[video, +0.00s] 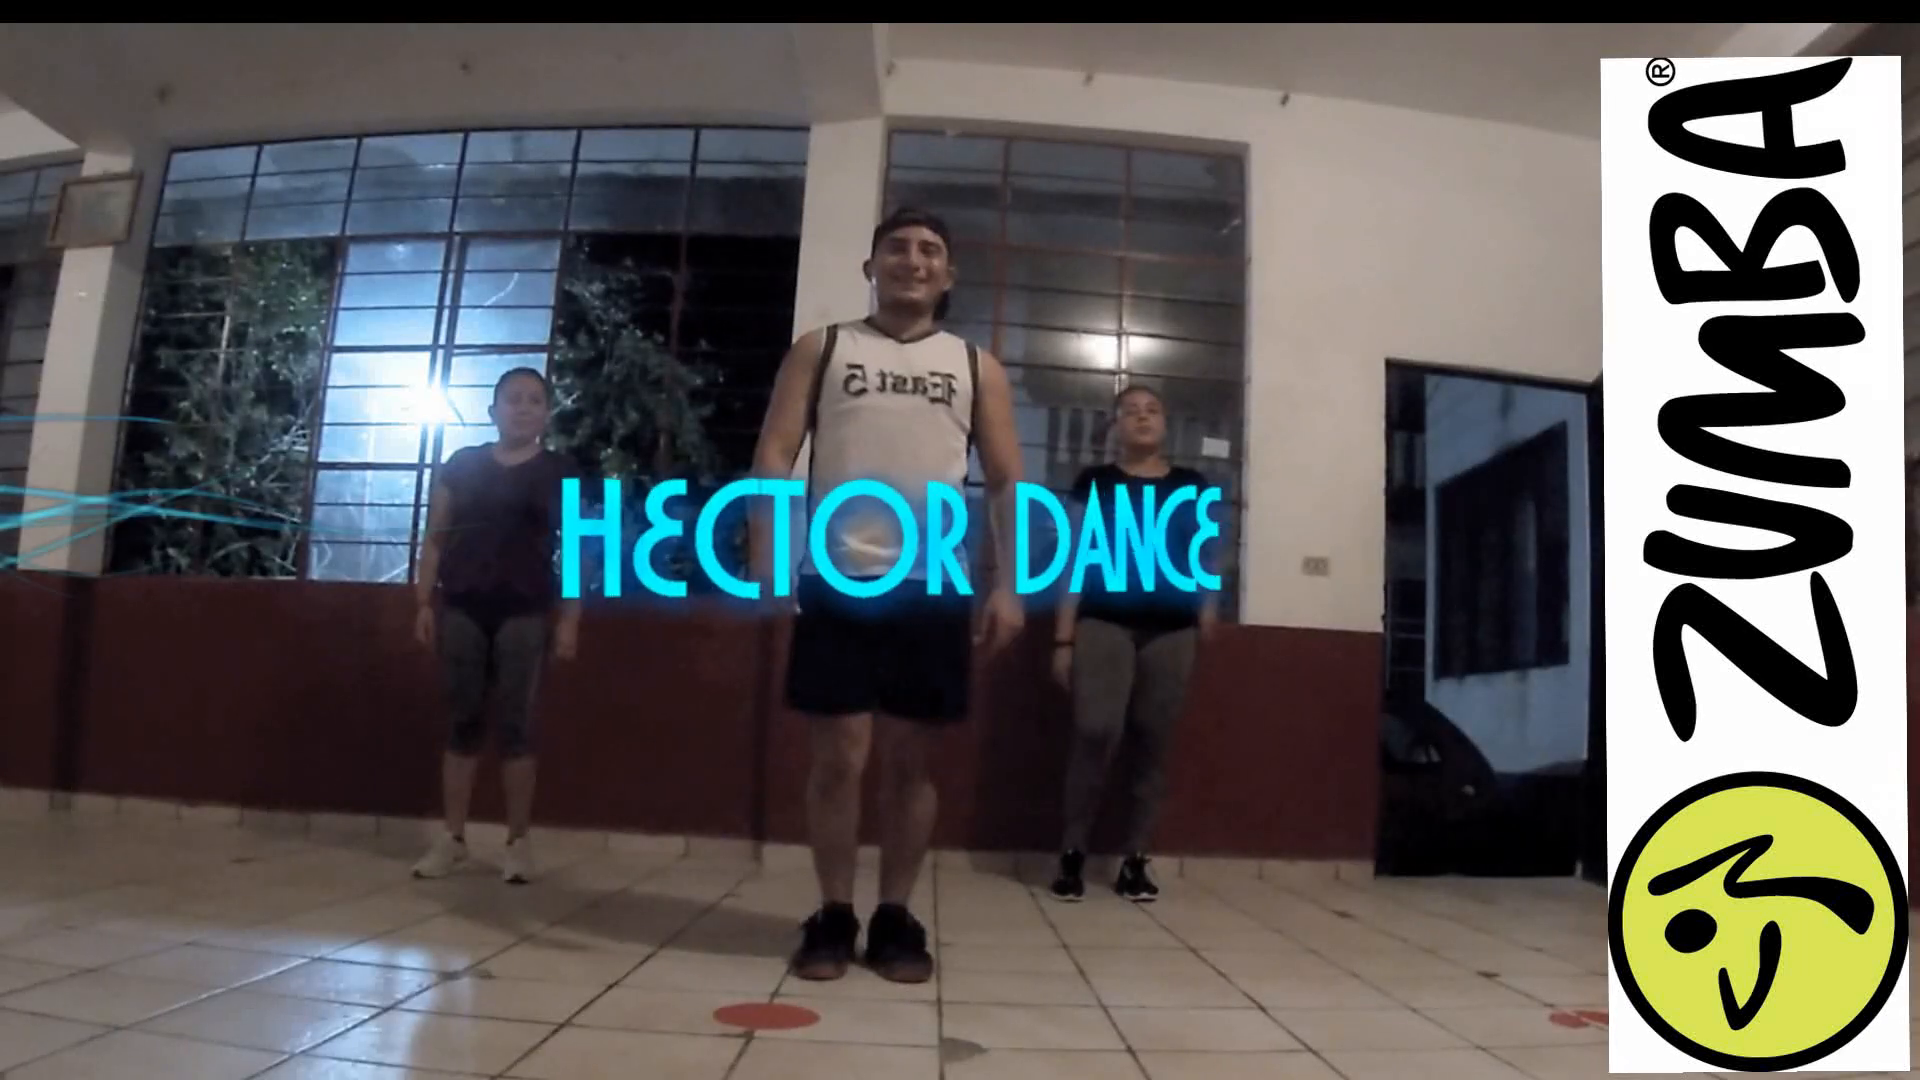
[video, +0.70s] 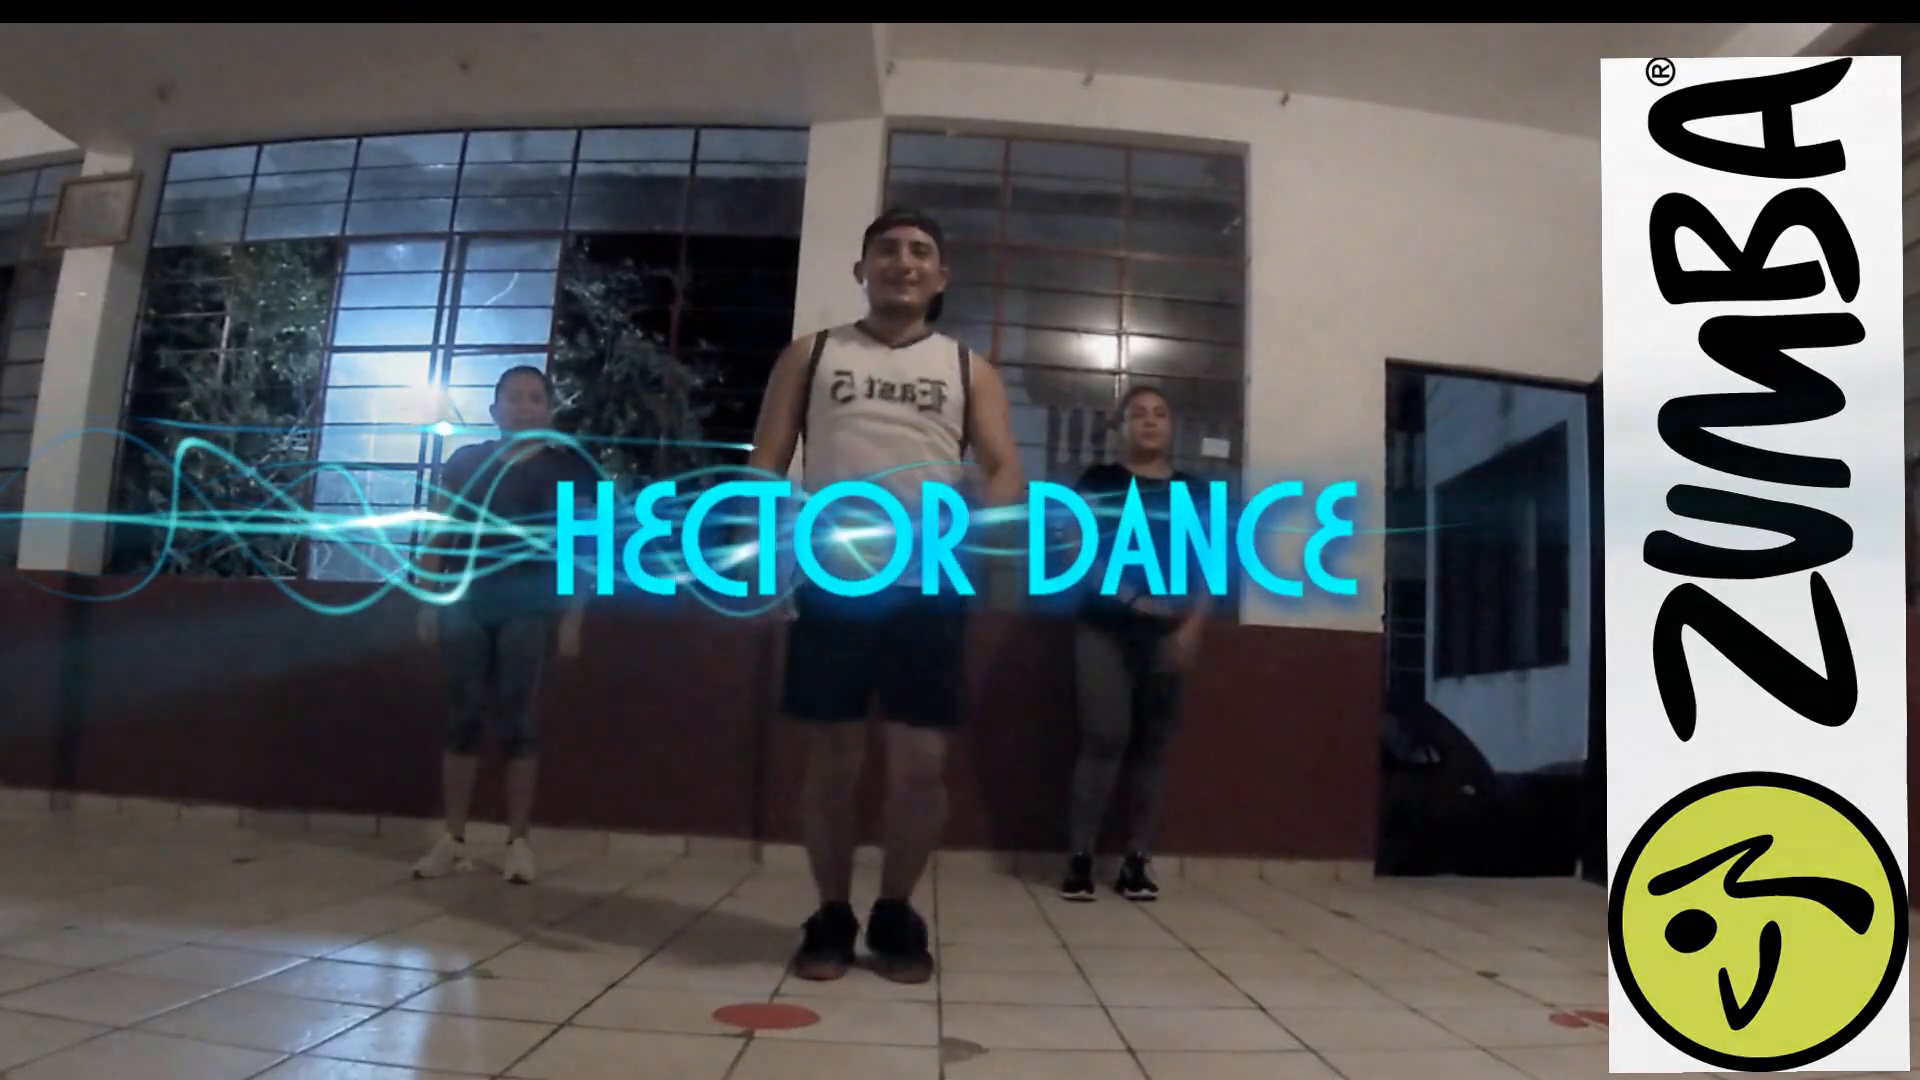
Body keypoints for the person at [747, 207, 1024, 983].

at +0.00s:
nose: (915, 260)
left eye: (929, 251)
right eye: (900, 248)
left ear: (948, 274)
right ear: (871, 266)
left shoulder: (976, 367)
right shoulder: (821, 348)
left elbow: (1005, 483)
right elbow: (774, 452)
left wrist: (1006, 584)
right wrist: (768, 551)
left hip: (931, 591)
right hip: (834, 585)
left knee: (912, 762)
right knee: (838, 757)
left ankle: (895, 919)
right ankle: (833, 917)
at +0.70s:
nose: (905, 262)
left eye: (920, 253)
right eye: (890, 250)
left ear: (940, 276)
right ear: (862, 269)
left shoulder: (970, 370)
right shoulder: (811, 354)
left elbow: (1008, 486)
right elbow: (763, 468)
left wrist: (947, 496)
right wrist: (796, 527)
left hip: (927, 587)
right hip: (830, 585)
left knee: (919, 761)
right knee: (831, 753)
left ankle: (896, 916)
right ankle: (831, 916)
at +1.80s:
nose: (917, 238)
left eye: (936, 228)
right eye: (899, 224)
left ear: (958, 256)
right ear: (870, 244)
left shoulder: (973, 374)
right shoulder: (827, 307)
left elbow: (1023, 495)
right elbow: (796, 156)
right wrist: (773, 30)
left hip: (940, 591)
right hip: (823, 586)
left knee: (1037, 734)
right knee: (757, 760)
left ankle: (992, 899)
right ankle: (723, 966)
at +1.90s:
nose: (911, 244)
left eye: (928, 234)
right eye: (894, 231)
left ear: (950, 261)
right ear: (864, 252)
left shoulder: (973, 355)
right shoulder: (824, 321)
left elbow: (1016, 476)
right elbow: (780, 195)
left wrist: (1022, 582)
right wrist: (755, 66)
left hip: (947, 589)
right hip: (830, 586)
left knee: (1013, 755)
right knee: (775, 754)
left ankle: (968, 859)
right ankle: (724, 963)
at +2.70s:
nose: (956, 256)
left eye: (975, 248)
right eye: (940, 246)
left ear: (999, 275)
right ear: (916, 270)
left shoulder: (1019, 358)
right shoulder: (864, 363)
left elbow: (1096, 280)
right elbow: (810, 468)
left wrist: (1056, 163)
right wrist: (825, 568)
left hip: (985, 586)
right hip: (883, 594)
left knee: (1051, 704)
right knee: (889, 779)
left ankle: (1010, 883)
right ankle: (903, 910)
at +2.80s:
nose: (961, 235)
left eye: (978, 224)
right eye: (944, 223)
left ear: (1001, 249)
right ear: (916, 247)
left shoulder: (1021, 315)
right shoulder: (870, 343)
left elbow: (1084, 197)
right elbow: (820, 455)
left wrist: (1073, 73)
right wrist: (834, 544)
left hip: (991, 568)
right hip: (885, 574)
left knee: (1025, 739)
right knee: (896, 764)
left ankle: (1053, 943)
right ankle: (905, 912)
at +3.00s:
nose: (974, 223)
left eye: (989, 218)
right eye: (954, 217)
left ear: (1015, 249)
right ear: (925, 252)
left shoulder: (1039, 308)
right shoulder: (892, 356)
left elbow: (1084, 159)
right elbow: (828, 482)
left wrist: (1095, 37)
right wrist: (841, 375)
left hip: (997, 580)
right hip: (886, 583)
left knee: (998, 758)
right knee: (834, 791)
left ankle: (1040, 996)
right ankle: (890, 883)